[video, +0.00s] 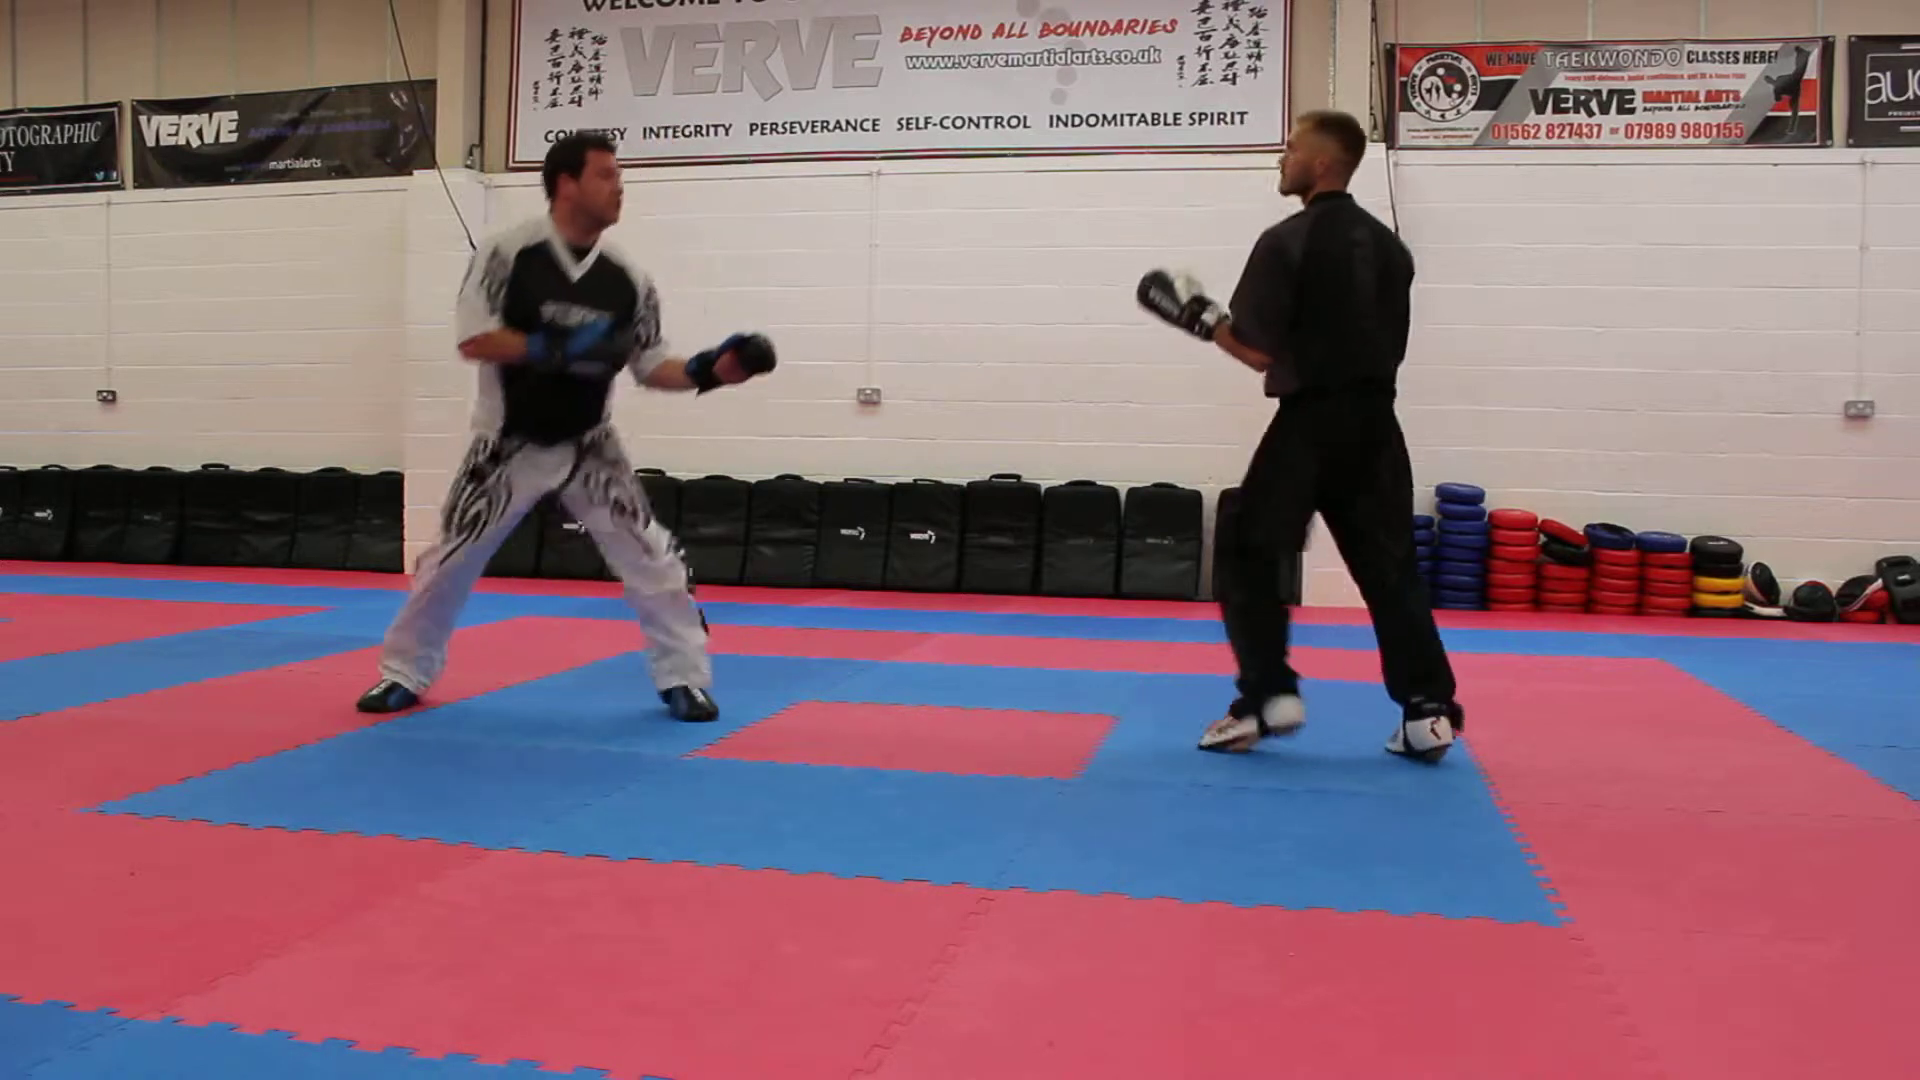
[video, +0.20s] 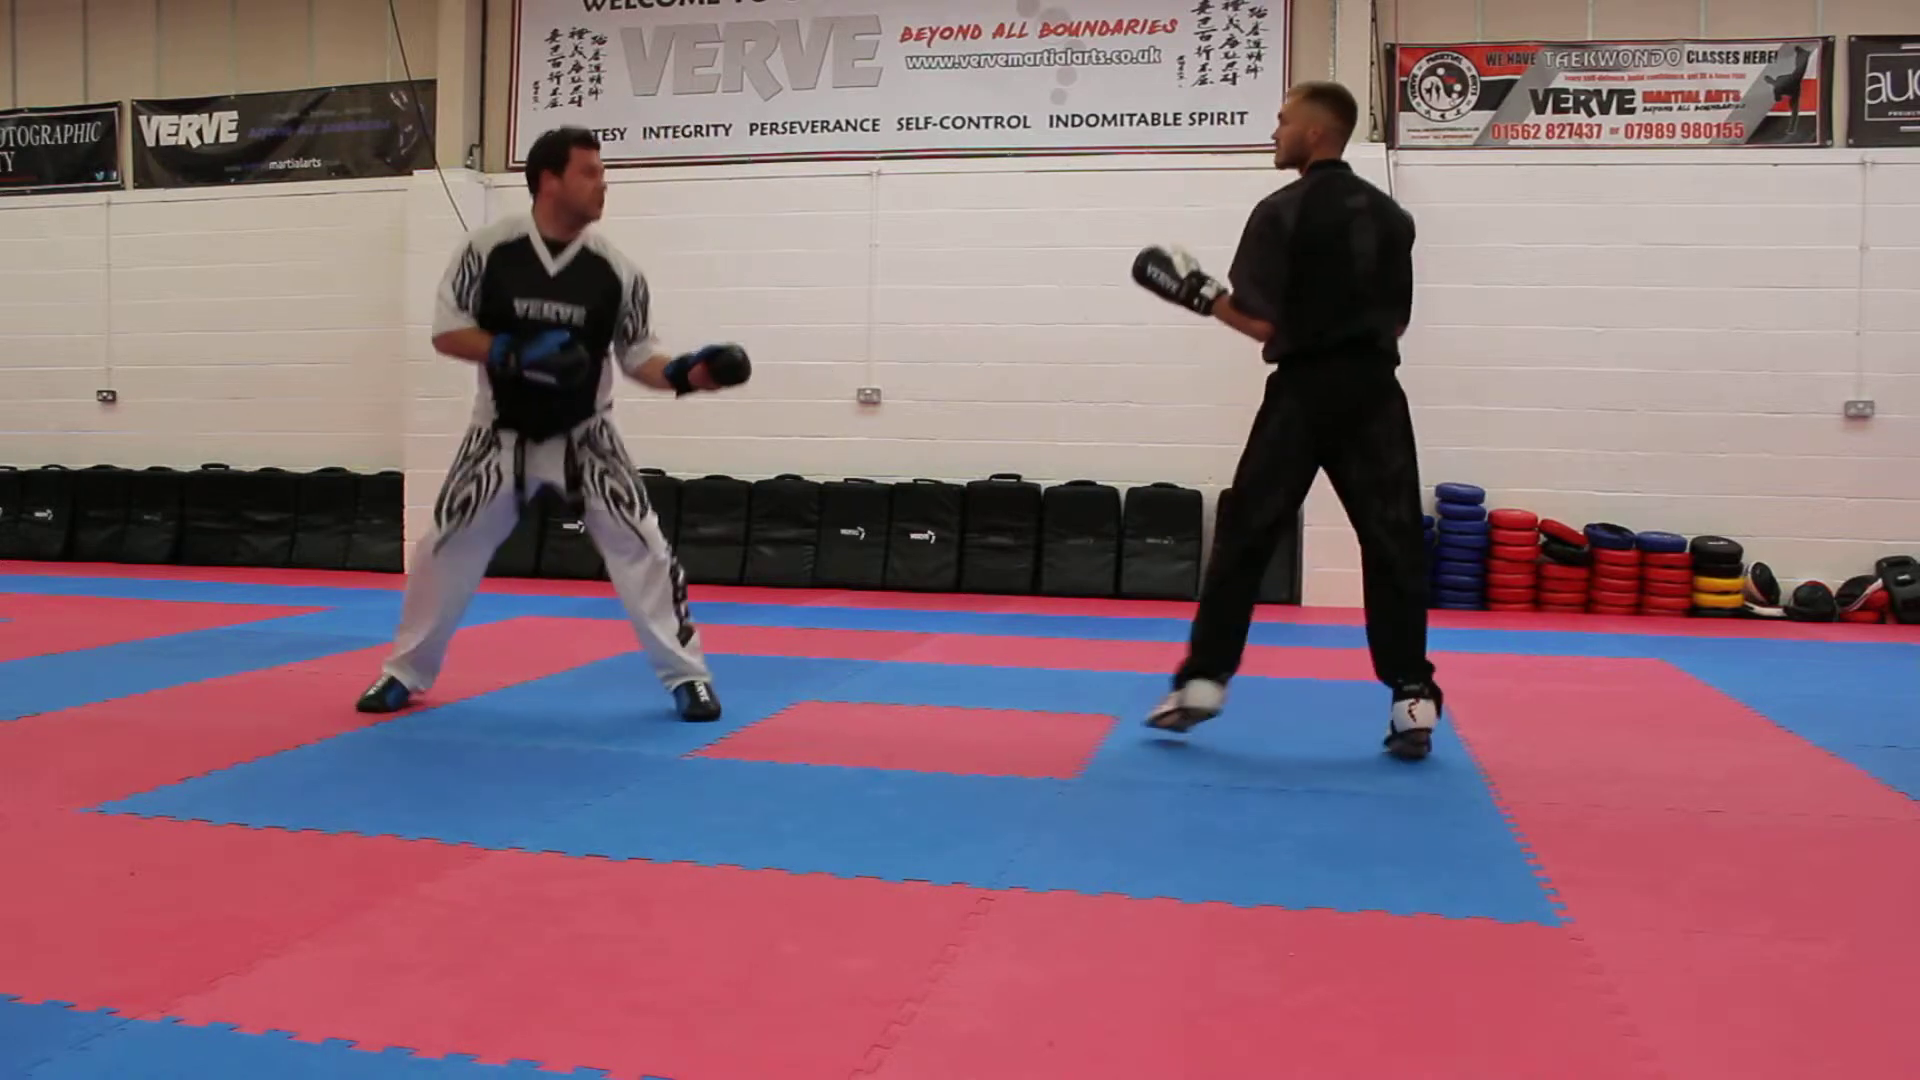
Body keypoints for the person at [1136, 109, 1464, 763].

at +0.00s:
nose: (1282, 158)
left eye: (1290, 148)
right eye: (1287, 147)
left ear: (1321, 162)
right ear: (1342, 168)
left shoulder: (1286, 244)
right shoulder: (1390, 248)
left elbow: (1260, 351)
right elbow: (1388, 350)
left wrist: (1205, 318)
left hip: (1303, 433)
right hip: (1374, 432)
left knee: (1248, 550)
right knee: (1390, 568)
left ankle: (1268, 693)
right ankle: (1428, 709)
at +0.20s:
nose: (1274, 133)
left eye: (1283, 121)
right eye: (1278, 121)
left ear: (1317, 130)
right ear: (1335, 135)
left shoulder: (1280, 211)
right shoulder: (1393, 218)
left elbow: (1260, 321)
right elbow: (1392, 324)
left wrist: (1201, 292)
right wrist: (1303, 317)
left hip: (1298, 398)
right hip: (1373, 397)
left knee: (1247, 529)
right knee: (1395, 541)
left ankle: (1205, 679)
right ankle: (1413, 694)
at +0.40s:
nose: (1256, 161)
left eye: (1265, 151)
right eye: (1260, 150)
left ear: (1297, 160)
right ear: (1315, 164)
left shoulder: (1259, 244)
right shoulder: (1368, 244)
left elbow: (1232, 349)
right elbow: (1371, 349)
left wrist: (1185, 316)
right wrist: (1278, 336)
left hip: (1277, 433)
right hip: (1353, 431)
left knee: (1239, 571)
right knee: (1382, 569)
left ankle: (1185, 717)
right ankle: (1406, 716)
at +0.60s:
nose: (1232, 163)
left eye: (1241, 152)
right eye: (1237, 151)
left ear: (1270, 162)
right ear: (1296, 168)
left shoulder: (1213, 231)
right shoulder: (1327, 252)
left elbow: (1160, 324)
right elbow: (1336, 360)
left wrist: (1135, 295)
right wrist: (1278, 342)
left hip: (1208, 419)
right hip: (1281, 423)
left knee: (1187, 548)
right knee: (1288, 552)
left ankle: (1166, 697)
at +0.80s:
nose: (1197, 165)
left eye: (1206, 155)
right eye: (1202, 154)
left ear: (1233, 164)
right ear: (1256, 169)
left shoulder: (1188, 220)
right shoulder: (1279, 259)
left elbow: (1127, 270)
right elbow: (1269, 356)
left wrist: (1071, 239)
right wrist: (1213, 316)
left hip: (1118, 375)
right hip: (1177, 411)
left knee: (1051, 418)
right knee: (1203, 546)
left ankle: (1004, 496)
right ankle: (1225, 699)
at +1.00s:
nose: (1110, 153)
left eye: (1118, 142)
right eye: (1115, 141)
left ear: (1137, 152)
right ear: (1174, 158)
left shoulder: (1095, 216)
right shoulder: (1198, 253)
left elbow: (1005, 278)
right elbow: (1211, 355)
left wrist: (959, 236)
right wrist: (1147, 338)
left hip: (1032, 347)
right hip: (1086, 399)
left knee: (952, 303)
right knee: (1060, 536)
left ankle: (836, 329)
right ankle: (1047, 691)